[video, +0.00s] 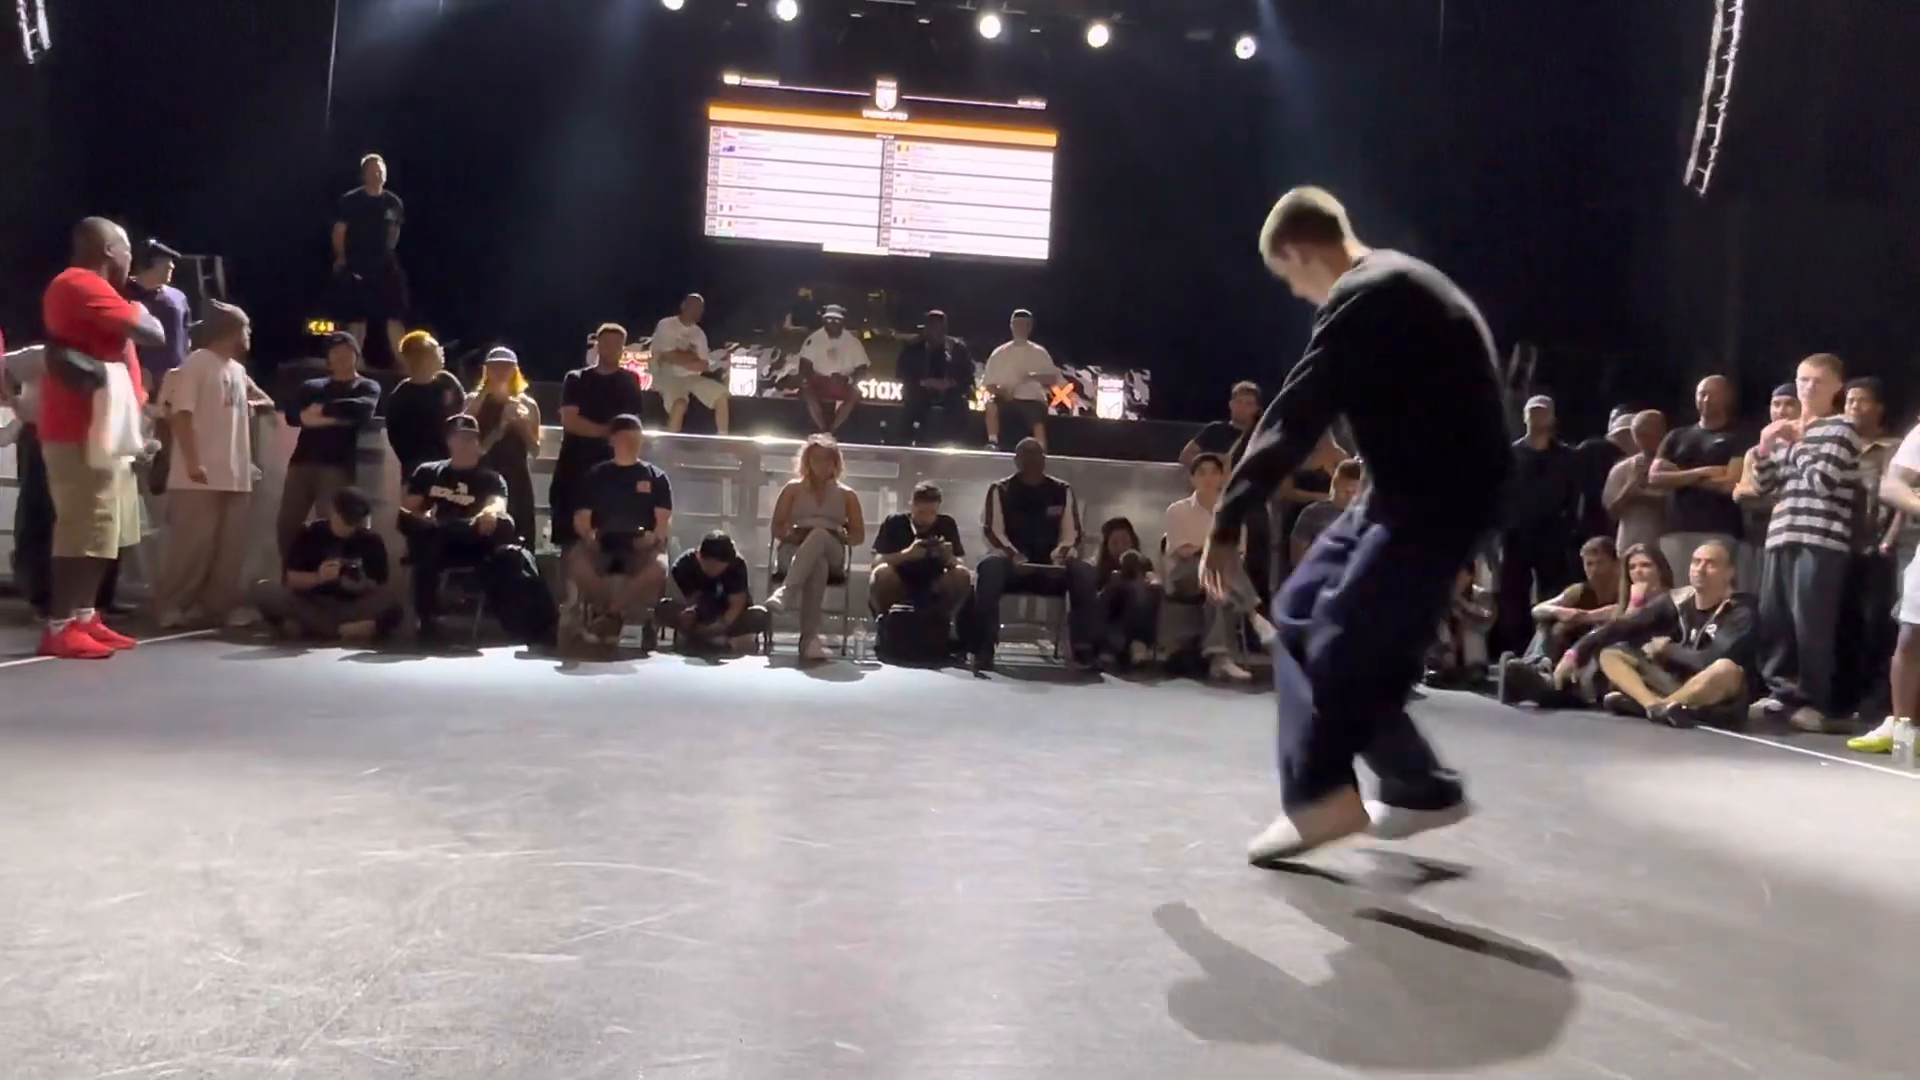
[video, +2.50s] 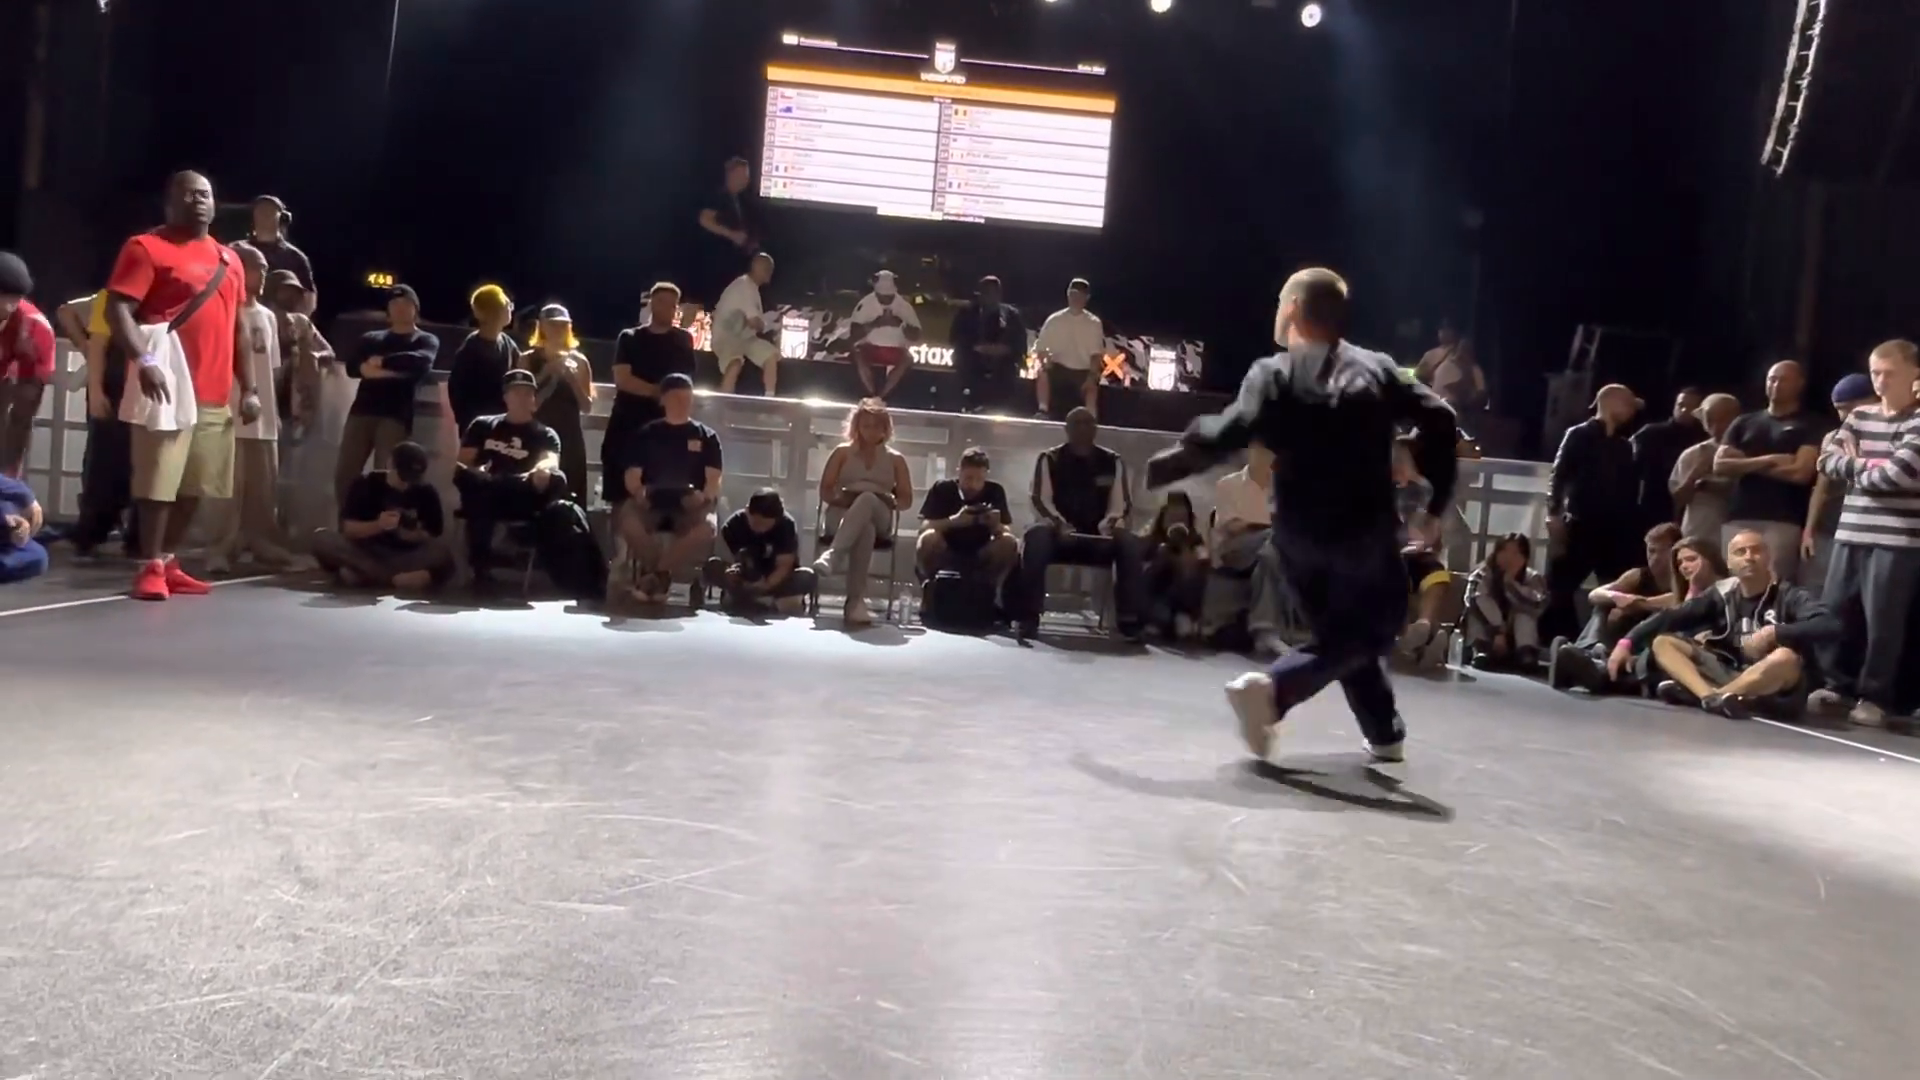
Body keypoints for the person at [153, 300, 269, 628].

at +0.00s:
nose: (249, 335)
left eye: (248, 329)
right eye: (245, 329)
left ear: (230, 333)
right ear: (227, 333)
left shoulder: (238, 371)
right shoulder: (194, 365)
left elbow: (237, 415)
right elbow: (181, 416)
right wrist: (192, 463)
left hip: (234, 473)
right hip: (199, 474)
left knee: (228, 548)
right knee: (191, 544)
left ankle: (222, 607)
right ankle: (171, 606)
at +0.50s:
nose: (292, 319)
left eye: (291, 313)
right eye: (286, 313)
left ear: (277, 317)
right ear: (266, 316)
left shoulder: (282, 355)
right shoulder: (234, 348)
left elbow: (286, 403)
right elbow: (222, 398)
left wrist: (287, 446)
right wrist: (228, 440)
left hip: (274, 452)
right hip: (240, 452)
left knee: (265, 527)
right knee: (232, 517)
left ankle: (250, 585)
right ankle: (199, 579)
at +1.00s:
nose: (292, 310)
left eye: (295, 303)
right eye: (285, 303)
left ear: (297, 307)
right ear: (267, 303)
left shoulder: (298, 349)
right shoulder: (242, 340)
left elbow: (302, 399)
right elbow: (225, 386)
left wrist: (305, 438)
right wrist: (230, 423)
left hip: (286, 446)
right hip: (249, 443)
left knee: (276, 518)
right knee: (244, 509)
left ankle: (261, 577)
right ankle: (213, 570)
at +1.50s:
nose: (275, 295)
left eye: (278, 289)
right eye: (268, 289)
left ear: (279, 294)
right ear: (250, 292)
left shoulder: (287, 337)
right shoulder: (228, 330)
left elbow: (296, 387)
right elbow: (215, 375)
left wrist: (298, 427)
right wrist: (215, 409)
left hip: (278, 438)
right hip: (237, 435)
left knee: (274, 511)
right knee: (224, 506)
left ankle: (268, 569)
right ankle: (209, 568)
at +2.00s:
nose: (265, 283)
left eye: (264, 277)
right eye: (257, 277)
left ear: (262, 282)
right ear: (238, 281)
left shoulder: (266, 323)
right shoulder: (224, 321)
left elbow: (272, 374)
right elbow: (218, 370)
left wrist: (278, 414)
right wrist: (232, 404)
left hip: (262, 420)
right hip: (228, 420)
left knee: (259, 494)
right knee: (224, 494)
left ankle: (260, 551)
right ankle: (217, 555)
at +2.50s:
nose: (262, 277)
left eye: (263, 270)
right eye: (257, 269)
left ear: (263, 275)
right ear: (238, 272)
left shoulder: (266, 316)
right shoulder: (228, 314)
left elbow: (274, 364)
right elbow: (226, 361)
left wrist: (275, 406)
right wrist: (236, 396)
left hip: (264, 412)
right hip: (232, 412)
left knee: (263, 484)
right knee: (229, 485)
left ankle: (264, 543)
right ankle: (223, 547)